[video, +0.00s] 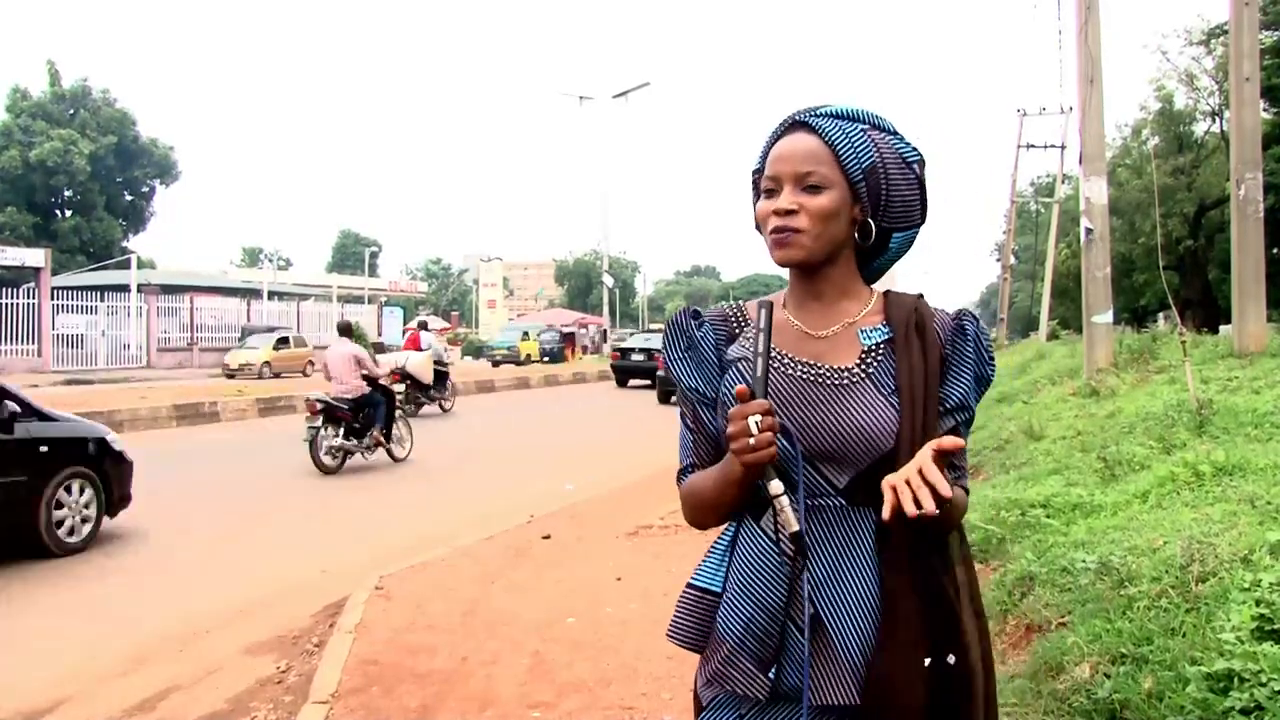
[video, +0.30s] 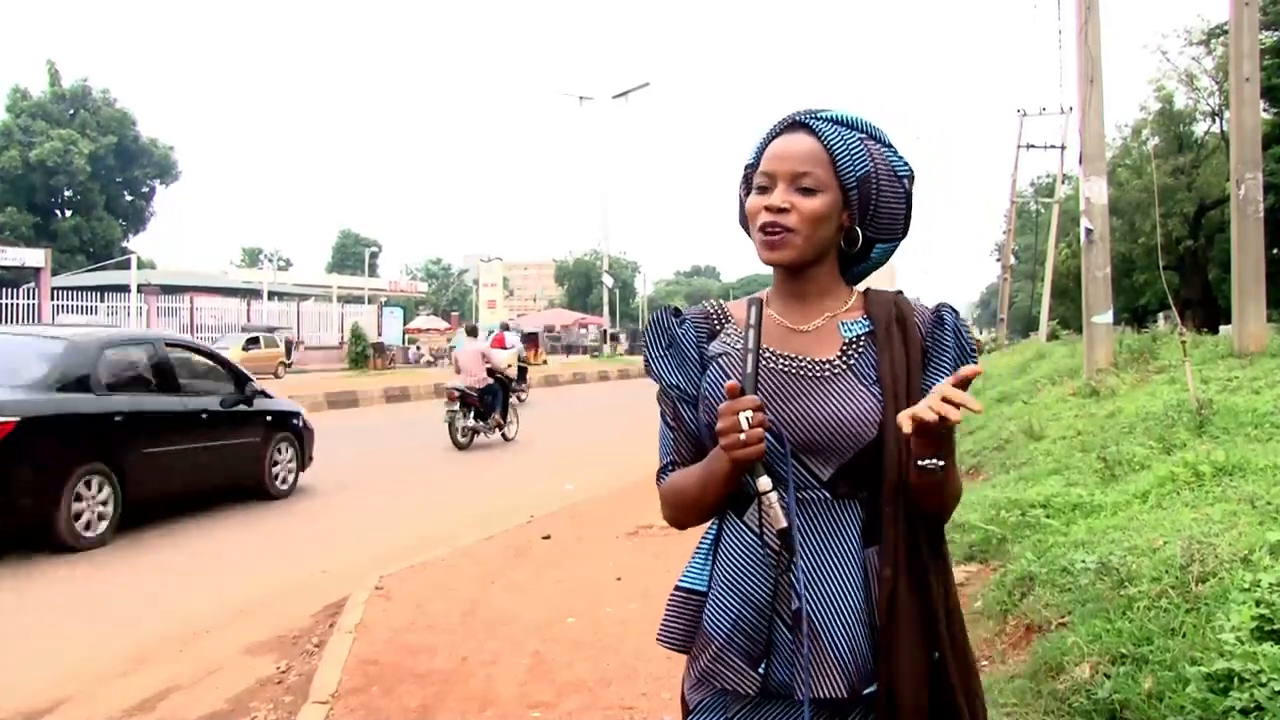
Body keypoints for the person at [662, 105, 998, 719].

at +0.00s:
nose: (781, 205)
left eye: (810, 186)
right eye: (769, 189)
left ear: (860, 209)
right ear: (757, 207)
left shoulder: (927, 335)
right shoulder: (723, 338)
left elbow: (954, 504)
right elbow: (697, 509)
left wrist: (927, 477)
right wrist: (739, 463)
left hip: (890, 636)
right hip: (758, 634)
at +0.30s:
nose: (774, 204)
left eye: (804, 188)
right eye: (762, 186)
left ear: (847, 214)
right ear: (745, 203)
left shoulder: (909, 331)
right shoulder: (704, 336)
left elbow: (939, 505)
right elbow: (675, 507)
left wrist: (930, 441)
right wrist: (727, 459)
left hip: (873, 642)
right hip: (741, 639)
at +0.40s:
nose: (771, 201)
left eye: (801, 187)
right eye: (758, 184)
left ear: (843, 214)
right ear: (741, 202)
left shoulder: (898, 329)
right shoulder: (698, 335)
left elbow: (935, 502)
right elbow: (670, 507)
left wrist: (932, 383)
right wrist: (715, 458)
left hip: (860, 625)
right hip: (736, 624)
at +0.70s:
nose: (748, 201)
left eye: (780, 190)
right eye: (742, 182)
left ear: (823, 222)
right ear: (726, 194)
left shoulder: (877, 327)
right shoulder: (684, 338)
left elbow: (902, 482)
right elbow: (663, 516)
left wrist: (906, 306)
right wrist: (684, 458)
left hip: (837, 644)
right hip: (713, 641)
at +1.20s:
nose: (743, 204)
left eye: (776, 194)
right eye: (739, 184)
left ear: (821, 225)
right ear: (726, 191)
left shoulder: (871, 326)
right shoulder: (678, 339)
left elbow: (937, 412)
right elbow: (653, 515)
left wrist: (922, 265)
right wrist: (681, 459)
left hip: (836, 627)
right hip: (714, 628)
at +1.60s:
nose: (778, 206)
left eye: (805, 189)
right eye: (762, 192)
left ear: (849, 213)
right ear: (744, 216)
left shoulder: (911, 310)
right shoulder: (714, 346)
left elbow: (995, 450)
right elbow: (704, 519)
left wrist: (920, 295)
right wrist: (729, 465)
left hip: (894, 626)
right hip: (762, 628)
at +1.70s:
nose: (790, 205)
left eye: (816, 186)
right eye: (772, 191)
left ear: (859, 208)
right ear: (754, 217)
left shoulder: (933, 320)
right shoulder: (724, 348)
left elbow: (982, 480)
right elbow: (722, 518)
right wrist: (743, 473)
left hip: (919, 637)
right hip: (781, 639)